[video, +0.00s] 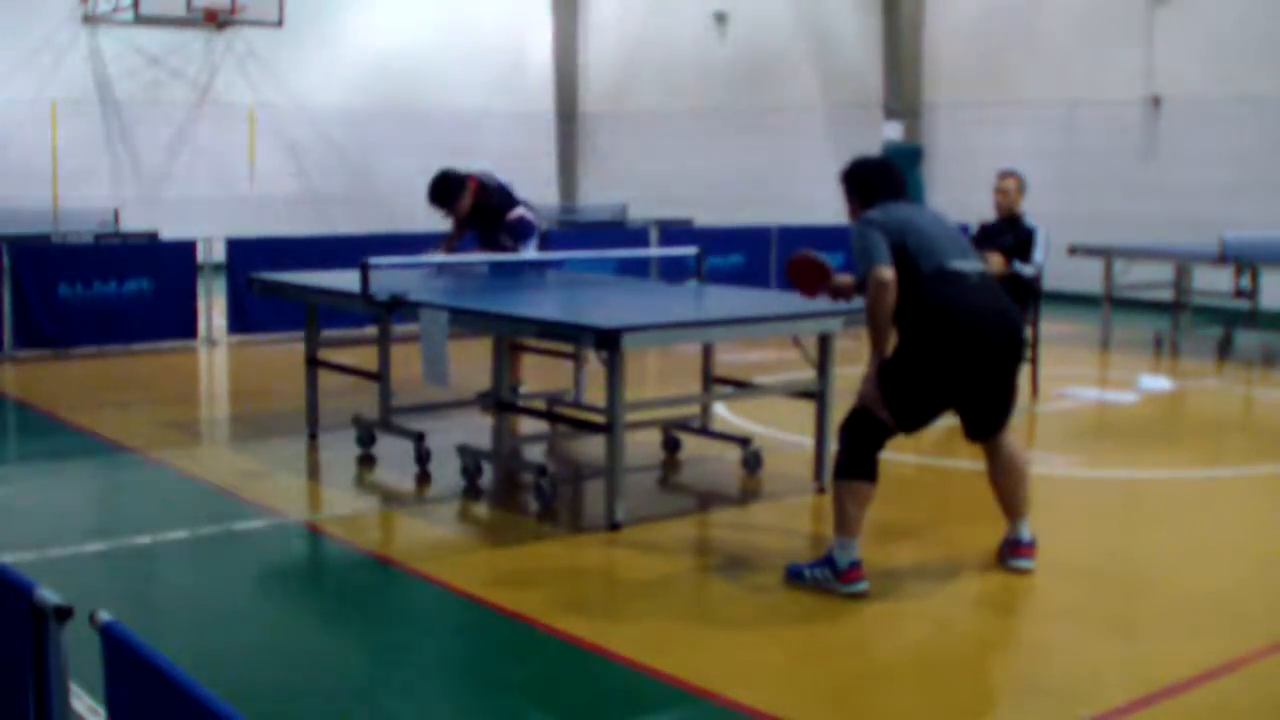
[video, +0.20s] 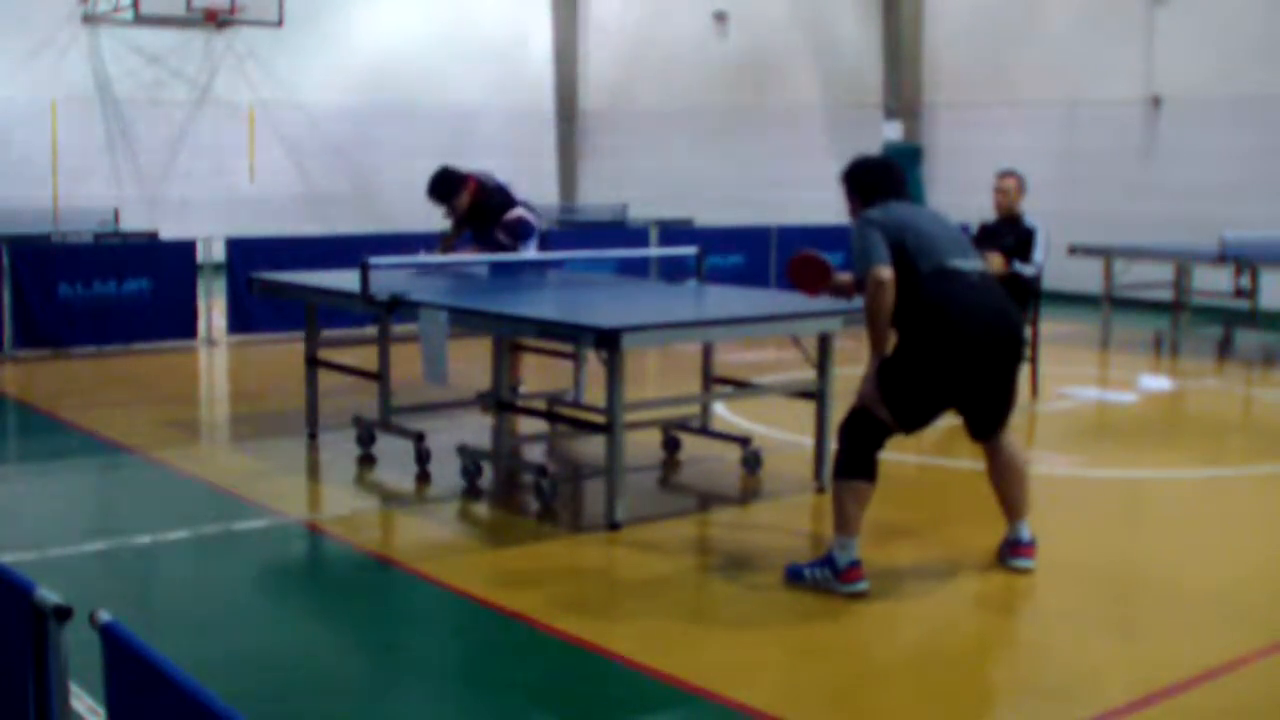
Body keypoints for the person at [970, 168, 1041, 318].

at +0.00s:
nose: (1000, 199)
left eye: (1006, 193)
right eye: (998, 192)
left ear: (1019, 196)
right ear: (994, 194)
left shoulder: (1032, 232)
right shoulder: (985, 230)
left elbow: (1034, 270)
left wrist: (1008, 266)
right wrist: (986, 262)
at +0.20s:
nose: (999, 199)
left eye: (1006, 193)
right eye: (997, 192)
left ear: (1019, 195)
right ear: (994, 193)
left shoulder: (1033, 231)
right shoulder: (985, 230)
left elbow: (1035, 269)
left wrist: (1008, 266)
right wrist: (986, 263)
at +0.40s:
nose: (999, 199)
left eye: (1006, 193)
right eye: (997, 192)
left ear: (1019, 195)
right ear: (994, 193)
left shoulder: (1032, 231)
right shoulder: (985, 229)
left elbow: (1034, 270)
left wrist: (1008, 265)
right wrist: (985, 262)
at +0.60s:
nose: (999, 199)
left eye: (1006, 193)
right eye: (997, 192)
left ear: (1019, 195)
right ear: (993, 193)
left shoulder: (1032, 230)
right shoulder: (985, 230)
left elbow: (1035, 269)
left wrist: (1008, 265)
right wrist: (986, 260)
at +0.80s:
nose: (998, 197)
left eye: (1004, 191)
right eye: (996, 190)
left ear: (1018, 192)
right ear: (992, 191)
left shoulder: (1033, 228)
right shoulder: (985, 228)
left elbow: (1034, 266)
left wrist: (1008, 263)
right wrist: (987, 258)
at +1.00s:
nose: (999, 199)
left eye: (1005, 193)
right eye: (997, 192)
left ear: (1019, 195)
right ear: (993, 193)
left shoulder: (1032, 231)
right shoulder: (985, 230)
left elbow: (1034, 269)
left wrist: (1008, 265)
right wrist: (987, 261)